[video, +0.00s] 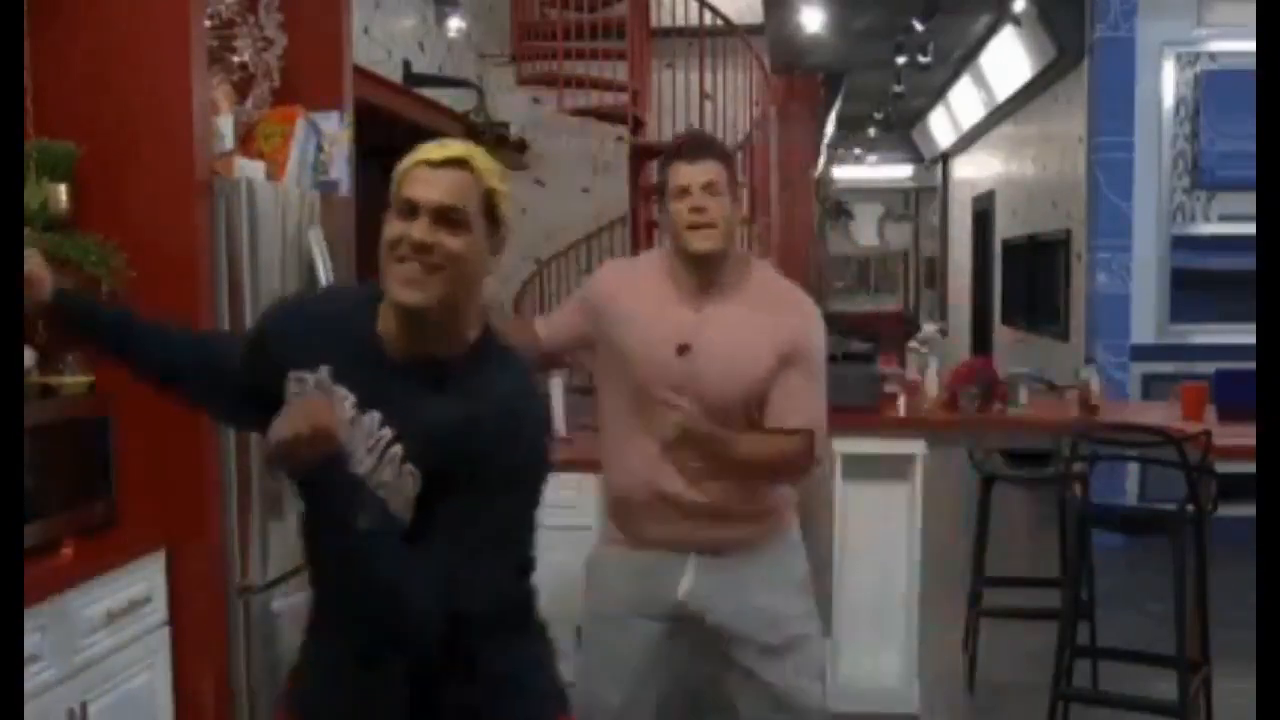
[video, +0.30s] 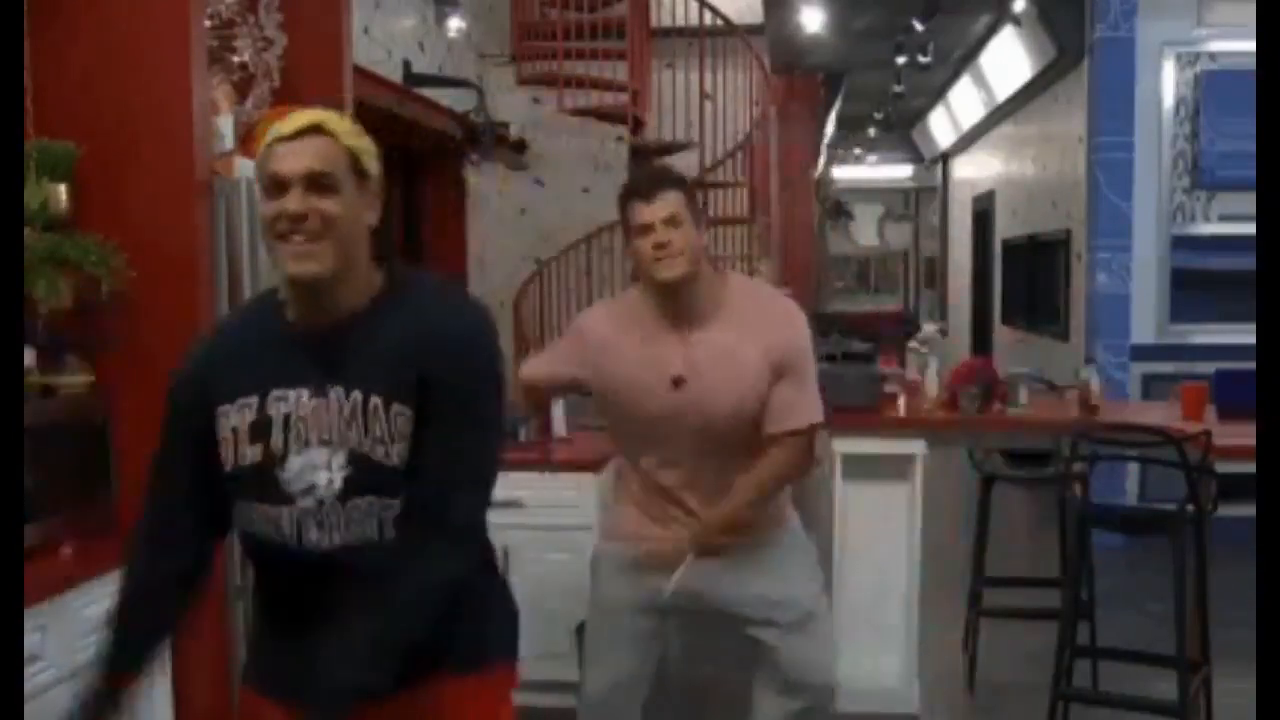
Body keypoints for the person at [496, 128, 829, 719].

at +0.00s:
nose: (698, 206)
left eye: (712, 192)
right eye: (682, 195)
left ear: (739, 207)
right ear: (662, 212)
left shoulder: (790, 311)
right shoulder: (616, 287)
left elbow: (796, 450)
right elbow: (534, 344)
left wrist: (713, 440)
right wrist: (475, 321)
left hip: (757, 562)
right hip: (635, 558)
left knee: (797, 707)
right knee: (610, 710)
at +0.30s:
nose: (660, 240)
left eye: (672, 224)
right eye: (643, 231)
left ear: (699, 231)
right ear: (629, 247)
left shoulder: (775, 318)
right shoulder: (602, 328)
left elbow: (794, 446)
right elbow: (523, 386)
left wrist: (712, 524)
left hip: (757, 531)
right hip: (641, 532)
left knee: (813, 683)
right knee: (607, 697)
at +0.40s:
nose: (703, 212)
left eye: (716, 199)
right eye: (687, 201)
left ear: (741, 212)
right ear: (665, 220)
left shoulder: (806, 288)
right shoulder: (632, 314)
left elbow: (855, 390)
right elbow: (599, 429)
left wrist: (836, 502)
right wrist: (548, 514)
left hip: (784, 529)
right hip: (666, 536)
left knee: (865, 683)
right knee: (628, 690)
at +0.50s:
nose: (731, 196)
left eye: (746, 184)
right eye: (717, 184)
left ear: (767, 195)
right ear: (697, 198)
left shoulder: (828, 263)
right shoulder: (657, 295)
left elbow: (901, 348)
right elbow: (641, 417)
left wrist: (906, 455)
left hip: (817, 512)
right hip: (701, 518)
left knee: (880, 679)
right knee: (655, 689)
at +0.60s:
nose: (789, 207)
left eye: (804, 194)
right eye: (775, 193)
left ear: (825, 210)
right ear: (753, 206)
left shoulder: (874, 280)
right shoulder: (721, 301)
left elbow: (973, 314)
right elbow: (711, 433)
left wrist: (993, 321)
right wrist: (775, 458)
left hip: (865, 532)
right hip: (757, 530)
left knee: (917, 699)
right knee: (700, 683)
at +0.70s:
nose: (811, 206)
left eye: (826, 195)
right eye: (796, 193)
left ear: (844, 216)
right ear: (771, 209)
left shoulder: (885, 281)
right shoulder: (734, 301)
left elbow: (986, 331)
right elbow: (742, 442)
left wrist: (1003, 280)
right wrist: (806, 412)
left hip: (888, 542)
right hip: (776, 538)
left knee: (921, 702)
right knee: (731, 692)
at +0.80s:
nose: (844, 204)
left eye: (857, 195)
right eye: (830, 191)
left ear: (869, 210)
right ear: (799, 202)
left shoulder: (902, 277)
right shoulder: (747, 287)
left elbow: (997, 319)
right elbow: (734, 408)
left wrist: (1010, 272)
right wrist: (845, 375)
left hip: (910, 509)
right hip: (803, 521)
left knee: (957, 676)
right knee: (795, 685)